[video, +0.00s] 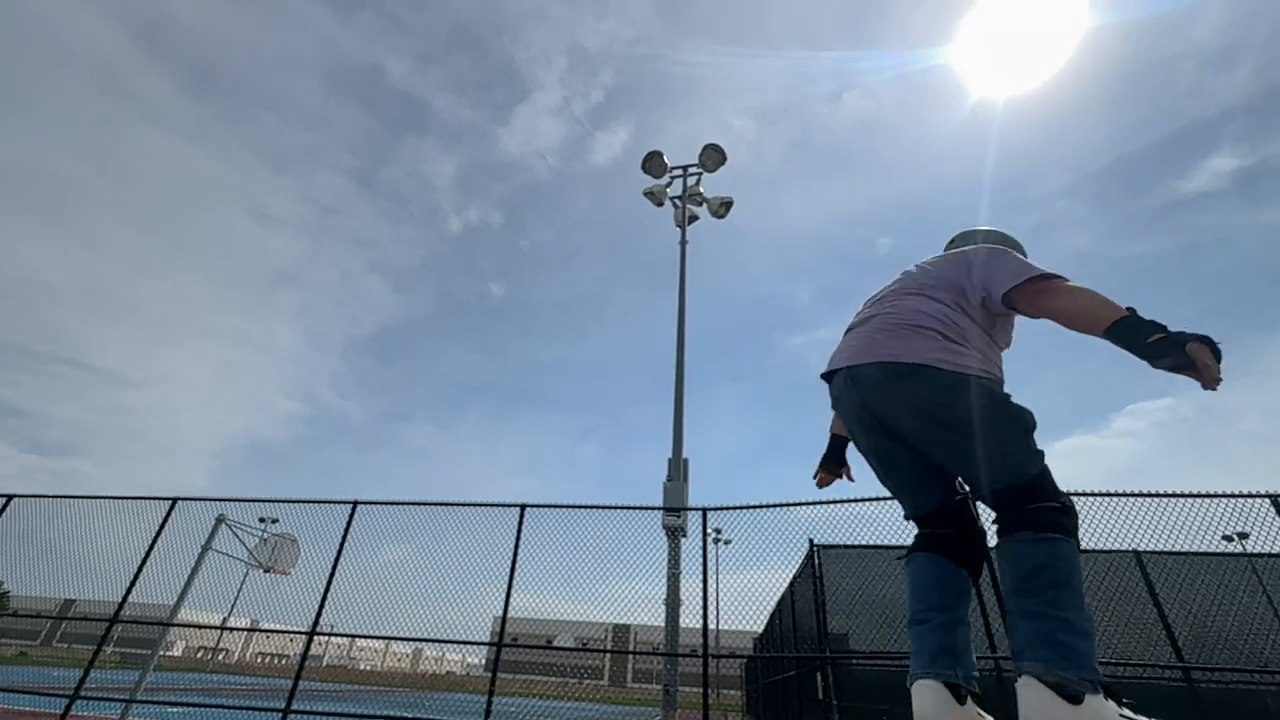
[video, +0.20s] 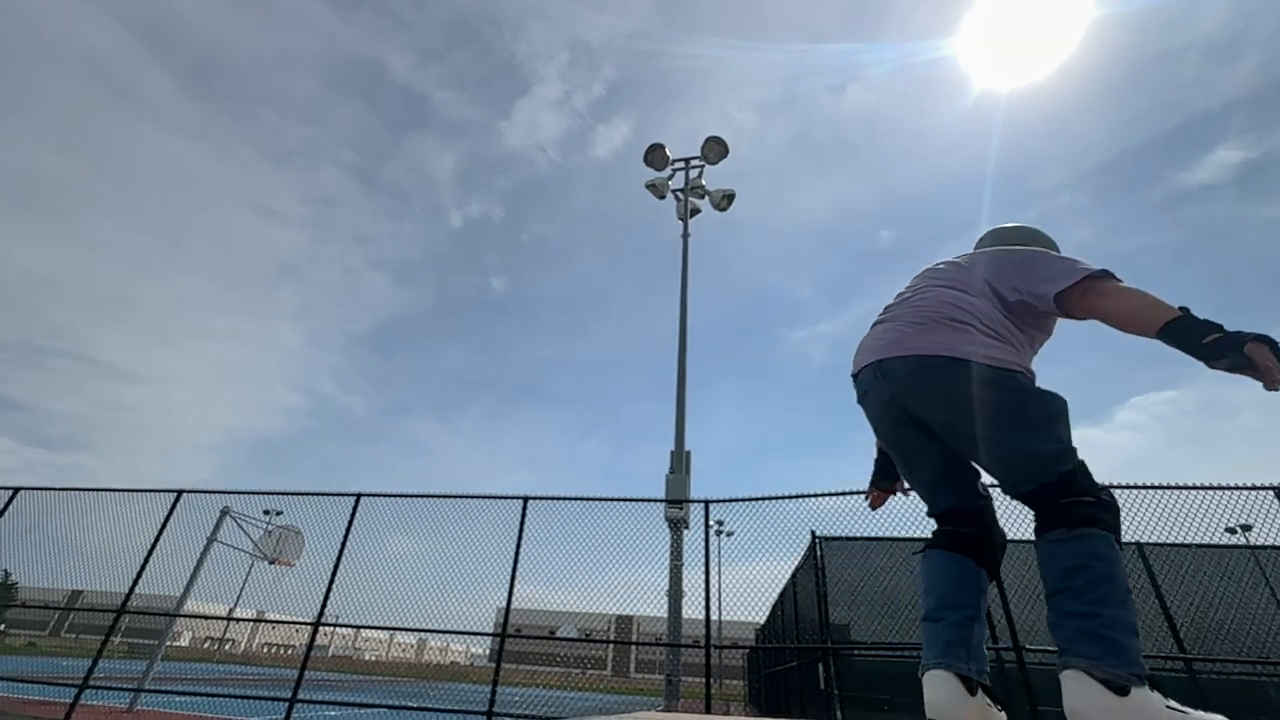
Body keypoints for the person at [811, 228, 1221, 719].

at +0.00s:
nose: (1021, 272)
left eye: (1020, 266)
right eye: (1016, 264)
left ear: (953, 251)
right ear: (999, 253)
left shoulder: (906, 284)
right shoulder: (988, 257)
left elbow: (855, 369)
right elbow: (1051, 296)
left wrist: (837, 445)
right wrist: (1153, 339)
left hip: (854, 383)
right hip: (928, 365)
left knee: (945, 524)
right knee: (1034, 506)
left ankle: (936, 685)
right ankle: (1060, 683)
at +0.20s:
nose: (1060, 275)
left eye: (1056, 268)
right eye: (1054, 266)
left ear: (987, 248)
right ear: (1034, 252)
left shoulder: (940, 275)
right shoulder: (1027, 258)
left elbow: (898, 370)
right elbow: (1098, 295)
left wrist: (888, 461)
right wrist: (1217, 341)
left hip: (876, 373)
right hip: (959, 356)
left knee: (964, 525)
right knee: (1072, 502)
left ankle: (948, 677)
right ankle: (1105, 677)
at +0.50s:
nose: (1095, 277)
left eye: (1091, 271)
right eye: (1089, 267)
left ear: (1019, 250)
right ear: (1073, 256)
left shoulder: (972, 275)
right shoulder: (1069, 262)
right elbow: (1152, 297)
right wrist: (1254, 339)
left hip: (909, 368)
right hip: (1004, 354)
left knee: (983, 522)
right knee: (1113, 496)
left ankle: (959, 671)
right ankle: (1166, 674)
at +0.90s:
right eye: (1145, 272)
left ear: (1073, 254)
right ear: (1132, 259)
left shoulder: (1031, 280)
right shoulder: (1129, 266)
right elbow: (1210, 302)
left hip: (962, 374)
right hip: (1057, 361)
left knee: (1020, 533)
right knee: (1184, 501)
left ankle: (977, 677)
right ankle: (1236, 672)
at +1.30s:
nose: (1206, 259)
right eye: (1200, 251)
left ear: (1125, 240)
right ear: (1184, 241)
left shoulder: (1090, 267)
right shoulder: (1185, 251)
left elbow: (1141, 368)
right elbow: (1266, 290)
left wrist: (1234, 406)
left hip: (1014, 362)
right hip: (1114, 348)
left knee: (1047, 518)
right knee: (1239, 485)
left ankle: (992, 666)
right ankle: (1272, 661)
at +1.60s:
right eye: (1247, 250)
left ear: (1164, 243)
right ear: (1230, 241)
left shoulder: (1123, 268)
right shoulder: (1241, 252)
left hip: (1060, 360)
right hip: (1169, 347)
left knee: (1077, 513)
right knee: (1272, 484)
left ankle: (1026, 643)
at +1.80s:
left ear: (1186, 240)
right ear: (1253, 233)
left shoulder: (1147, 265)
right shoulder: (1266, 243)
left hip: (1089, 349)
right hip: (1210, 340)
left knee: (1098, 505)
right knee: (1275, 484)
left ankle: (1044, 631)